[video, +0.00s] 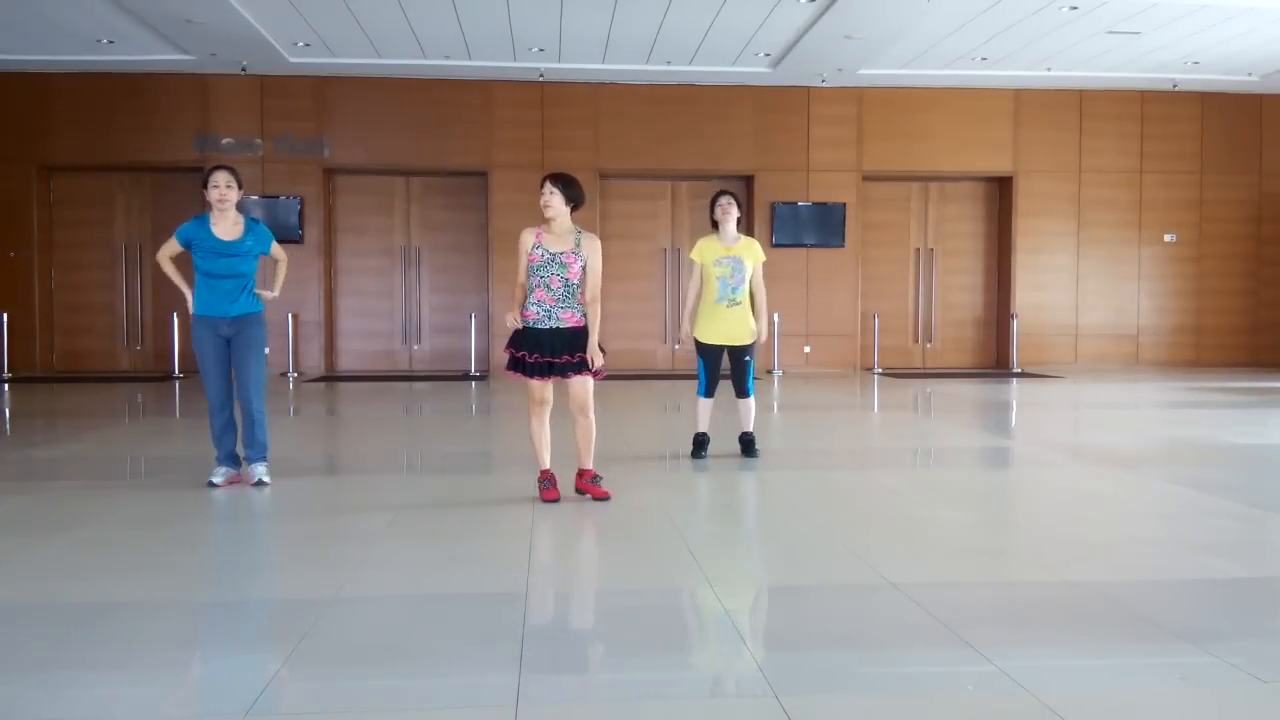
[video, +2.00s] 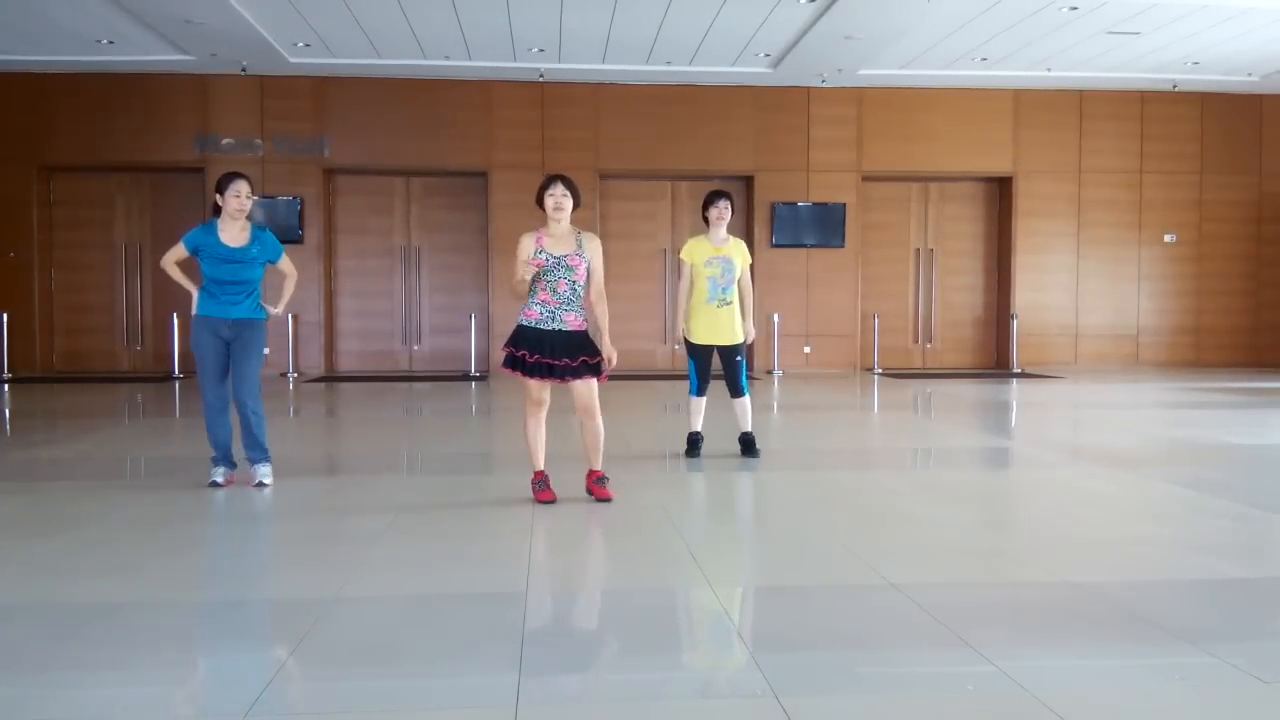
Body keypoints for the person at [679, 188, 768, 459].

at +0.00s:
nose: (725, 207)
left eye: (730, 204)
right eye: (720, 205)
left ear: (739, 211)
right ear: (713, 214)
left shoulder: (752, 246)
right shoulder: (704, 245)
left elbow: (758, 288)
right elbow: (694, 285)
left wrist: (762, 323)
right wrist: (686, 320)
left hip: (742, 327)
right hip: (708, 326)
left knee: (744, 386)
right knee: (706, 386)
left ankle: (748, 437)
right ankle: (701, 437)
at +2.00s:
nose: (721, 212)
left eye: (726, 208)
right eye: (716, 207)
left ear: (731, 214)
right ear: (706, 213)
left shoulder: (739, 247)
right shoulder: (693, 246)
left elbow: (746, 286)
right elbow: (684, 285)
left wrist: (748, 322)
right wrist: (679, 321)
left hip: (731, 327)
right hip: (698, 327)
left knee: (738, 385)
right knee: (698, 386)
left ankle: (747, 436)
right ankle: (695, 436)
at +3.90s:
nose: (716, 215)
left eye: (722, 211)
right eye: (712, 210)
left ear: (728, 218)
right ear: (703, 215)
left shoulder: (736, 249)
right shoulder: (688, 248)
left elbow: (753, 280)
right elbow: (678, 284)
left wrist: (744, 308)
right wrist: (671, 321)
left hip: (725, 328)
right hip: (692, 328)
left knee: (736, 386)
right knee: (695, 387)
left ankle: (747, 434)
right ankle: (696, 438)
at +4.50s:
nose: (729, 217)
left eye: (735, 212)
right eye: (726, 212)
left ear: (747, 216)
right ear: (722, 217)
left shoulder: (763, 248)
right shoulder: (716, 248)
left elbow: (785, 277)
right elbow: (710, 287)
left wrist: (775, 307)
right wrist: (706, 322)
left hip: (753, 327)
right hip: (721, 327)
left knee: (753, 387)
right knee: (711, 386)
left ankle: (754, 436)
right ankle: (700, 436)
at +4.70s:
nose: (729, 218)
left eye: (735, 213)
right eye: (727, 214)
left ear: (748, 216)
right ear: (723, 218)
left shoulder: (764, 248)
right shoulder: (716, 248)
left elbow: (786, 278)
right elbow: (710, 286)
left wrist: (775, 307)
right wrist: (706, 322)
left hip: (753, 327)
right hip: (720, 326)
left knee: (753, 386)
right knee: (709, 384)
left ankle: (754, 436)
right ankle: (700, 433)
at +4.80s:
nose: (728, 219)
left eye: (733, 214)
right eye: (724, 215)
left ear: (745, 217)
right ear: (721, 218)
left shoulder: (761, 249)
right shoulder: (713, 248)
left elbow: (782, 280)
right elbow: (706, 285)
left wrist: (771, 309)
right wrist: (701, 321)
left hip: (749, 327)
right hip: (716, 326)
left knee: (750, 386)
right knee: (705, 385)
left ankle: (754, 436)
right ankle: (694, 432)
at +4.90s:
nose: (724, 220)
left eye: (729, 215)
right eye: (721, 215)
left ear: (741, 217)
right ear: (716, 219)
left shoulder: (755, 249)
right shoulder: (707, 248)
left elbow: (776, 280)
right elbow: (699, 286)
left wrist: (764, 310)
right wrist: (695, 321)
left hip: (743, 327)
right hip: (710, 327)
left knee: (747, 386)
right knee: (701, 386)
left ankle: (753, 436)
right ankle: (692, 433)